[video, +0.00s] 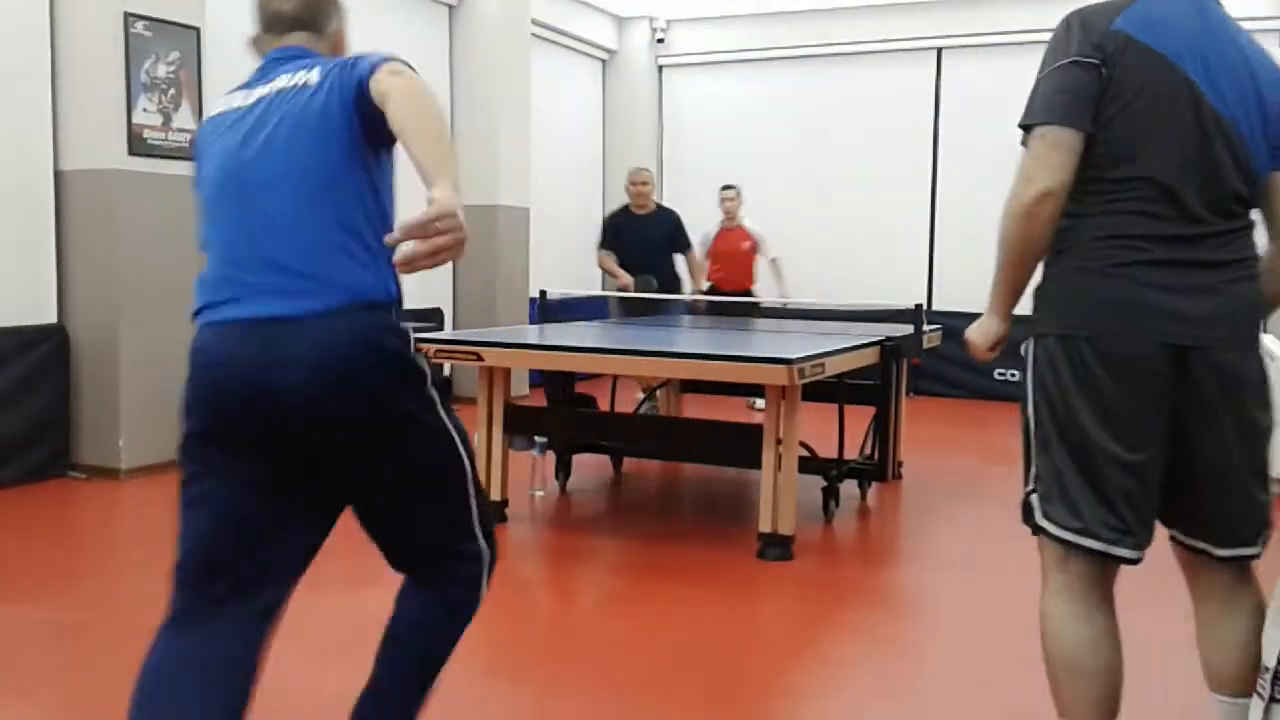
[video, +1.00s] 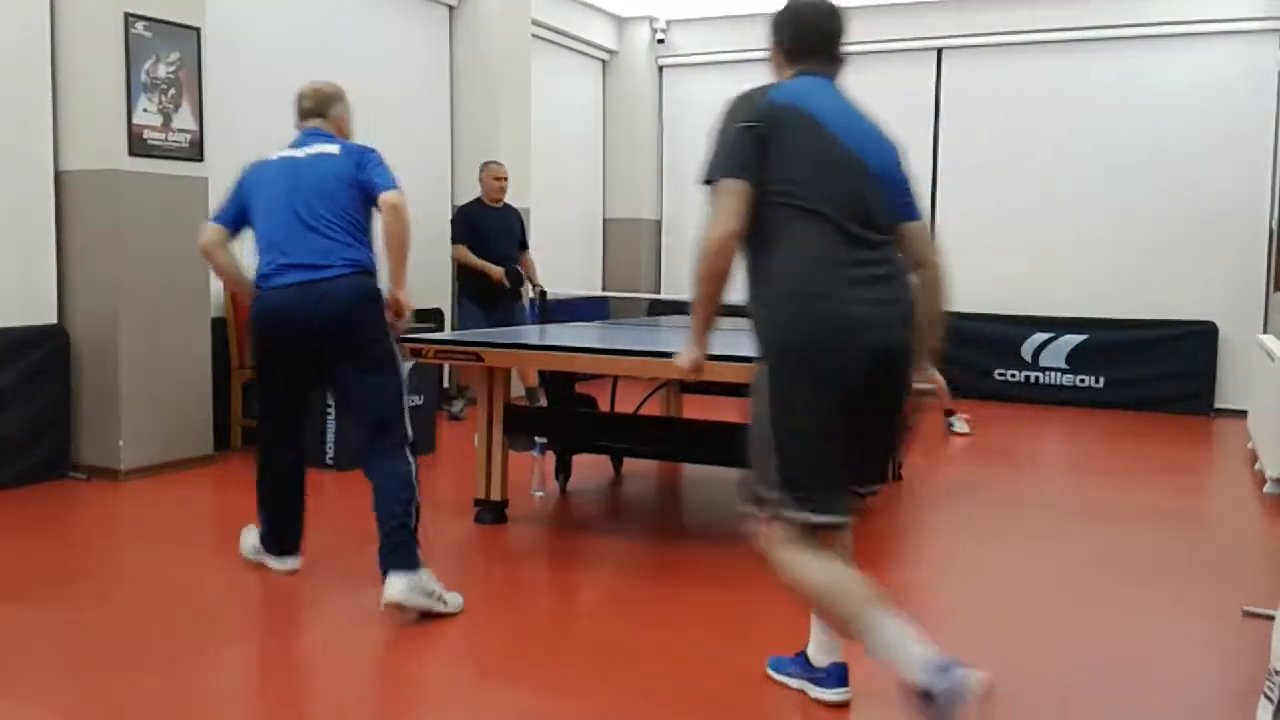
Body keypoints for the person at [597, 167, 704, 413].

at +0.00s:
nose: (639, 189)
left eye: (644, 184)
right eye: (634, 184)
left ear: (654, 187)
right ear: (626, 188)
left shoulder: (669, 218)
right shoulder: (614, 221)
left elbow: (690, 255)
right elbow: (604, 257)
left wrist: (699, 290)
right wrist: (620, 275)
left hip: (668, 299)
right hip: (631, 301)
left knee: (669, 359)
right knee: (634, 356)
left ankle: (672, 419)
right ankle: (649, 395)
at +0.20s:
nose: (608, 190)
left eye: (613, 185)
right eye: (602, 185)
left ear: (622, 189)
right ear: (595, 188)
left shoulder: (629, 223)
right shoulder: (577, 215)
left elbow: (641, 264)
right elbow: (562, 252)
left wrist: (641, 301)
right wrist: (580, 269)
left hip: (610, 301)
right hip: (574, 298)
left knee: (605, 357)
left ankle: (588, 397)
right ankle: (559, 405)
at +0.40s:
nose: (565, 201)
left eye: (570, 196)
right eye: (560, 196)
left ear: (577, 199)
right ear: (552, 197)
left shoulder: (583, 232)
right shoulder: (533, 225)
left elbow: (592, 273)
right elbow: (519, 264)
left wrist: (595, 303)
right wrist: (544, 286)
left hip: (566, 306)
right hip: (530, 302)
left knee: (562, 362)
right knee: (505, 347)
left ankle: (561, 412)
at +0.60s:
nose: (519, 195)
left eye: (525, 190)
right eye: (514, 190)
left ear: (531, 193)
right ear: (504, 191)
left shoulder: (539, 224)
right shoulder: (489, 222)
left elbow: (549, 264)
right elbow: (476, 260)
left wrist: (557, 297)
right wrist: (501, 278)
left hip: (528, 310)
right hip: (492, 309)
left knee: (521, 372)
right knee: (487, 369)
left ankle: (519, 430)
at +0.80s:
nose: (500, 184)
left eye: (505, 179)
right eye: (494, 179)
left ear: (510, 182)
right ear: (484, 182)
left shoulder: (520, 214)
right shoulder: (468, 215)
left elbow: (529, 252)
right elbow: (459, 251)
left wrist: (540, 281)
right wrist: (481, 271)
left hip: (517, 293)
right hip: (480, 294)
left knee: (529, 345)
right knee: (473, 350)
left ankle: (535, 394)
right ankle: (460, 396)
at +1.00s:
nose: (501, 184)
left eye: (504, 180)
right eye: (495, 179)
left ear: (508, 182)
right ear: (481, 181)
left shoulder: (513, 214)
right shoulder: (465, 214)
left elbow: (522, 253)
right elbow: (458, 252)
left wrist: (534, 281)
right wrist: (490, 269)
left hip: (510, 295)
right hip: (475, 297)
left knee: (524, 347)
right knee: (469, 349)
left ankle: (534, 400)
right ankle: (460, 396)